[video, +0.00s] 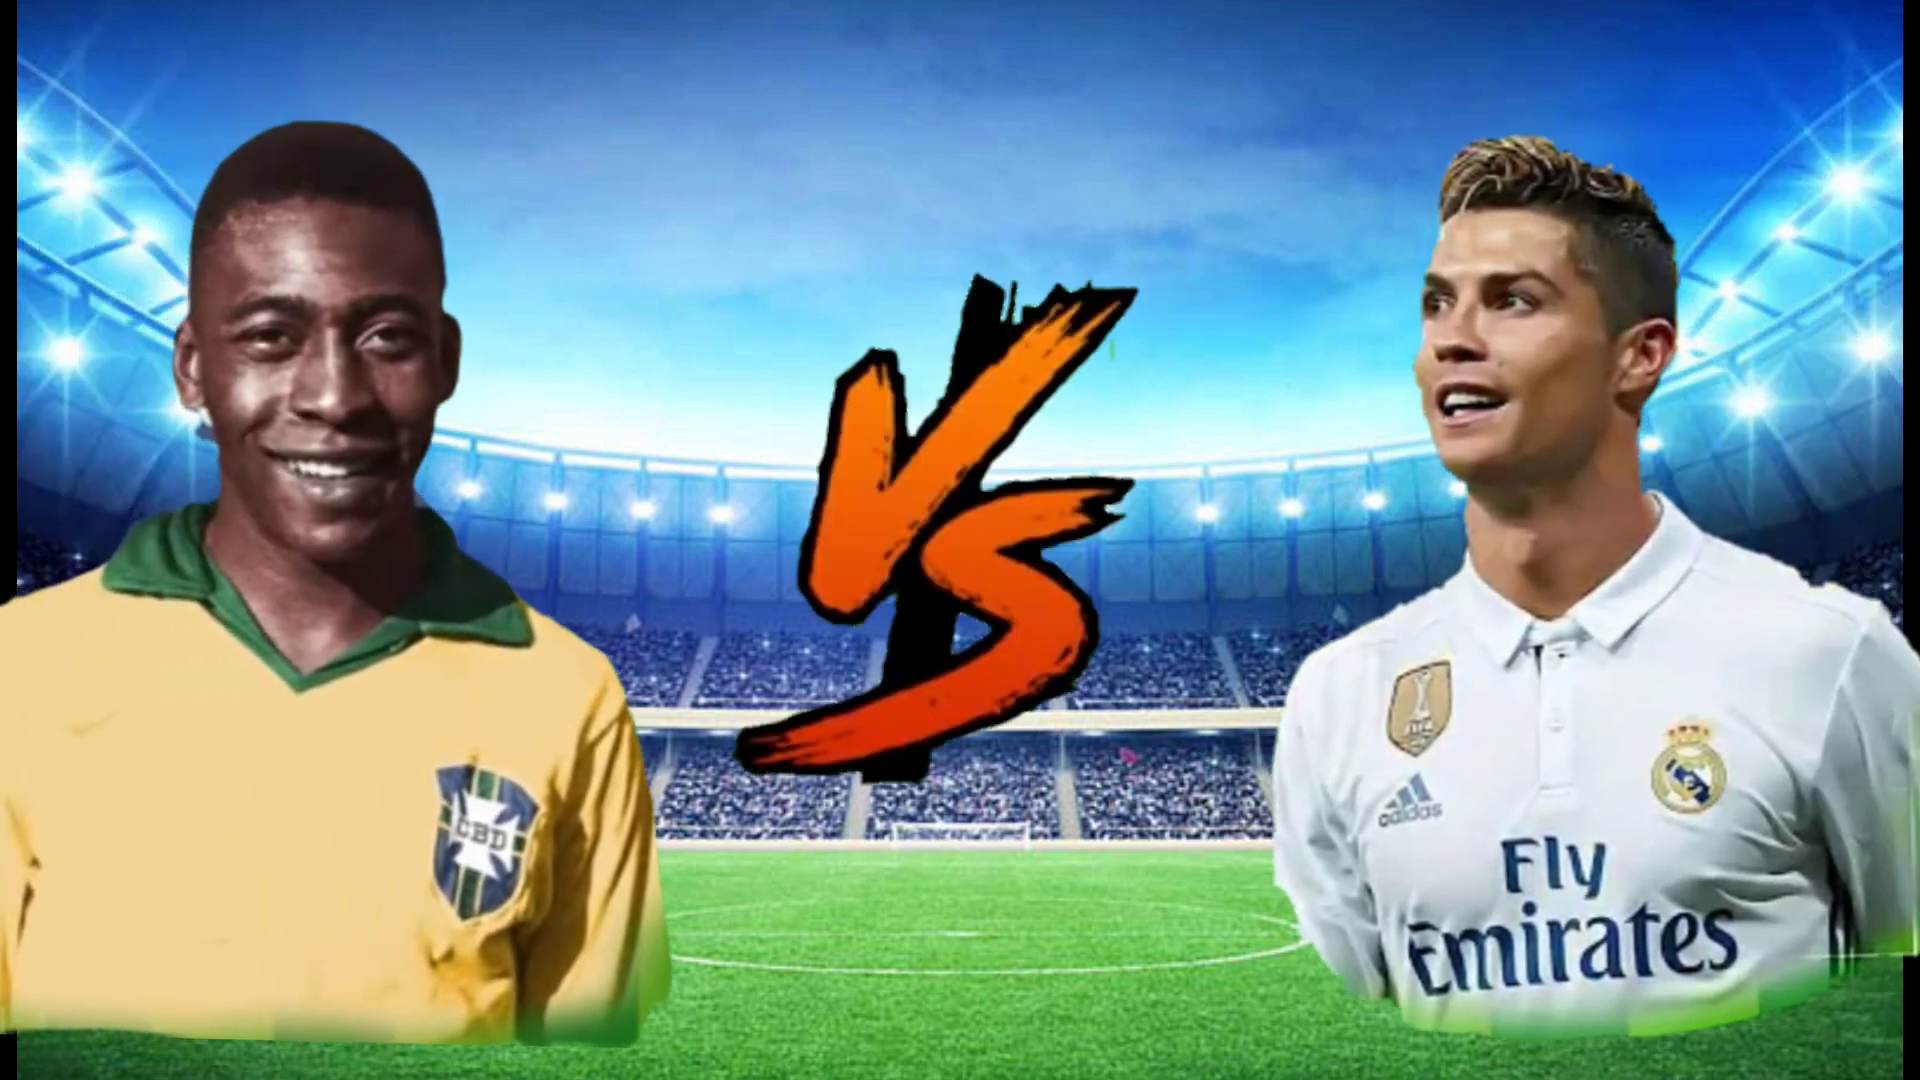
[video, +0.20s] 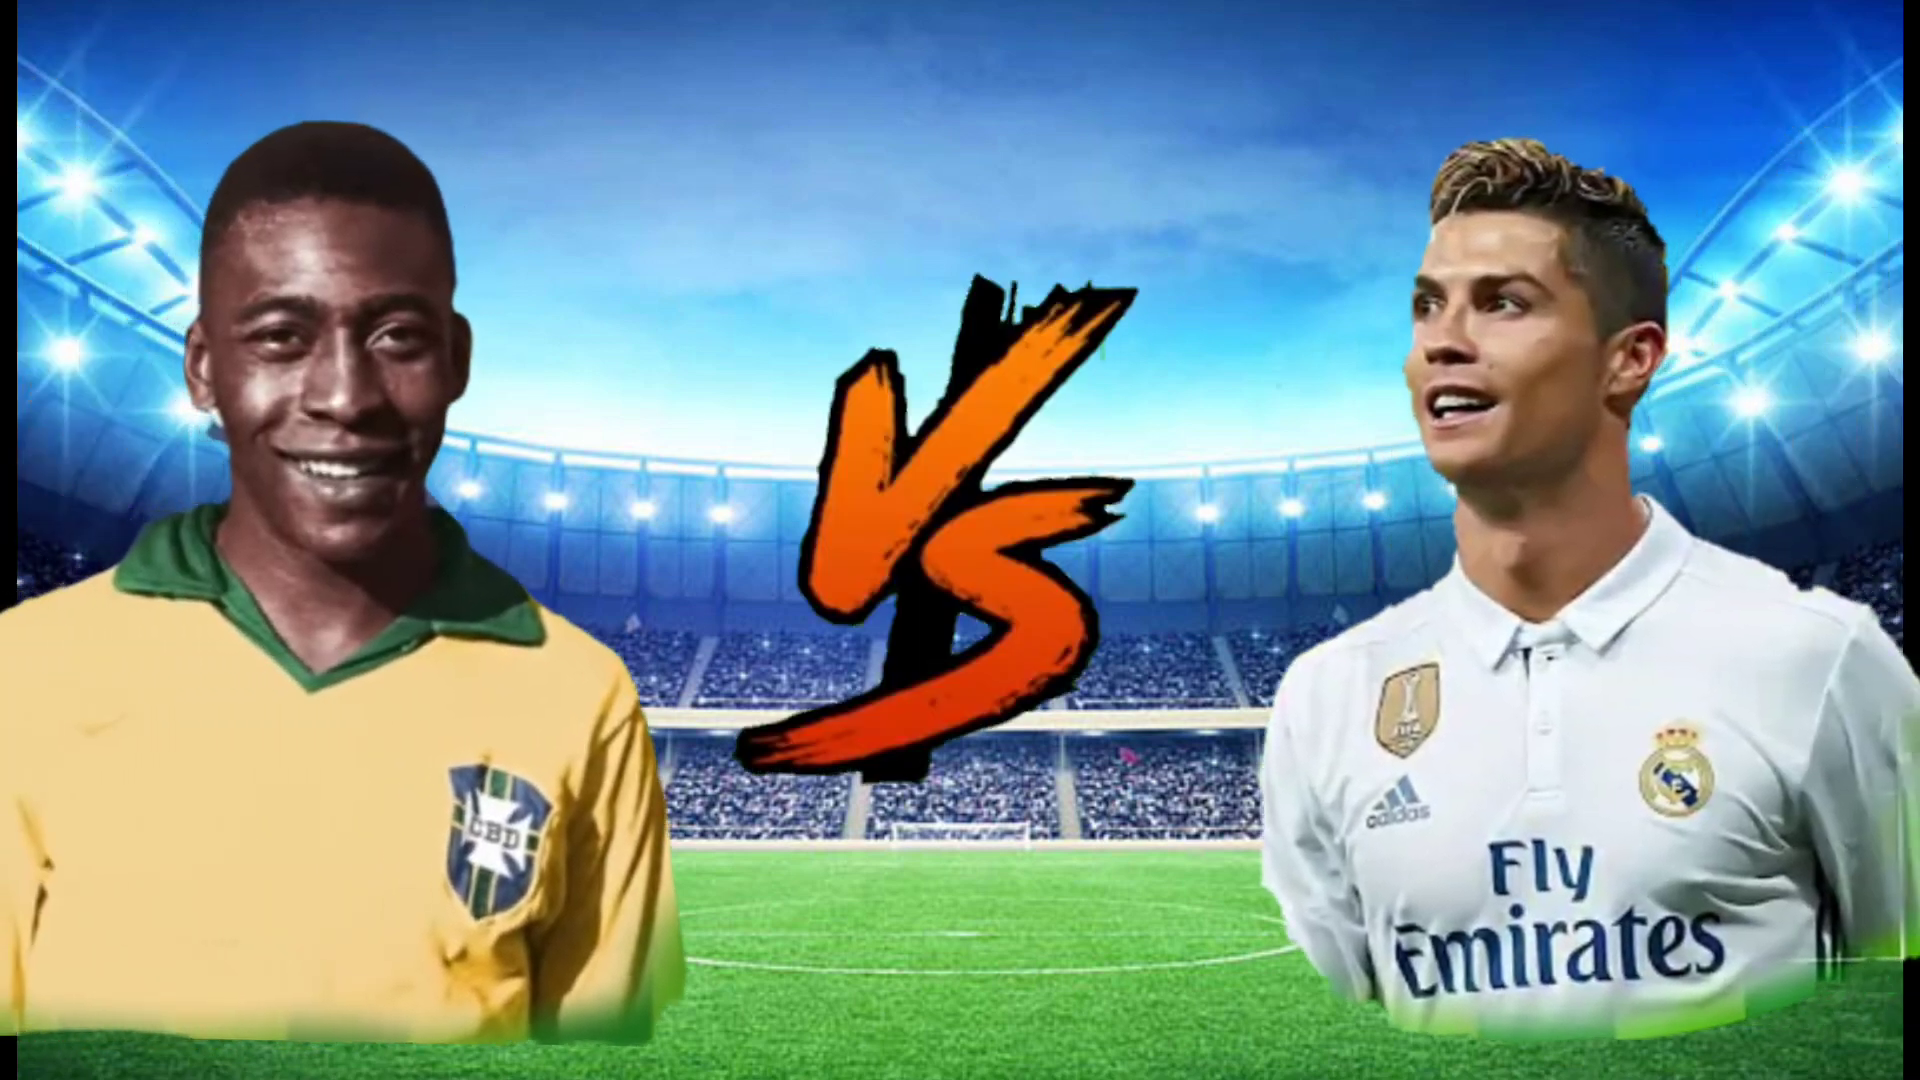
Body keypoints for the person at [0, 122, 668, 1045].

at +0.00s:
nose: (335, 397)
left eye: (387, 336)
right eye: (273, 336)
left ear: (446, 362)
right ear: (193, 369)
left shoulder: (567, 705)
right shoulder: (23, 672)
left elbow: (582, 1053)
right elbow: (9, 1011)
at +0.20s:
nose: (345, 396)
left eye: (397, 335)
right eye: (283, 335)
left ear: (456, 361)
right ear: (203, 370)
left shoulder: (580, 706)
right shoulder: (27, 678)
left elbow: (597, 1051)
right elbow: (10, 1015)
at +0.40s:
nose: (352, 397)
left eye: (403, 335)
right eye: (289, 336)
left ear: (463, 362)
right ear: (210, 371)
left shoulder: (587, 704)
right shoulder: (33, 680)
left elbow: (607, 1051)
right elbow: (13, 1021)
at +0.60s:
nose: (356, 397)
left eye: (406, 335)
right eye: (294, 336)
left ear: (466, 360)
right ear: (214, 372)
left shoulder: (593, 703)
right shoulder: (35, 683)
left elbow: (612, 1056)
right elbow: (16, 1024)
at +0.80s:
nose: (358, 397)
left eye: (408, 335)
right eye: (295, 337)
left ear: (468, 360)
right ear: (215, 372)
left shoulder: (598, 703)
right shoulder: (38, 685)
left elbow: (619, 1053)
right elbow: (16, 1024)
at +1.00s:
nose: (358, 396)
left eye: (408, 334)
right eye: (294, 337)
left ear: (467, 359)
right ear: (214, 372)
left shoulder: (599, 703)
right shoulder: (39, 686)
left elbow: (622, 1055)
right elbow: (17, 1025)